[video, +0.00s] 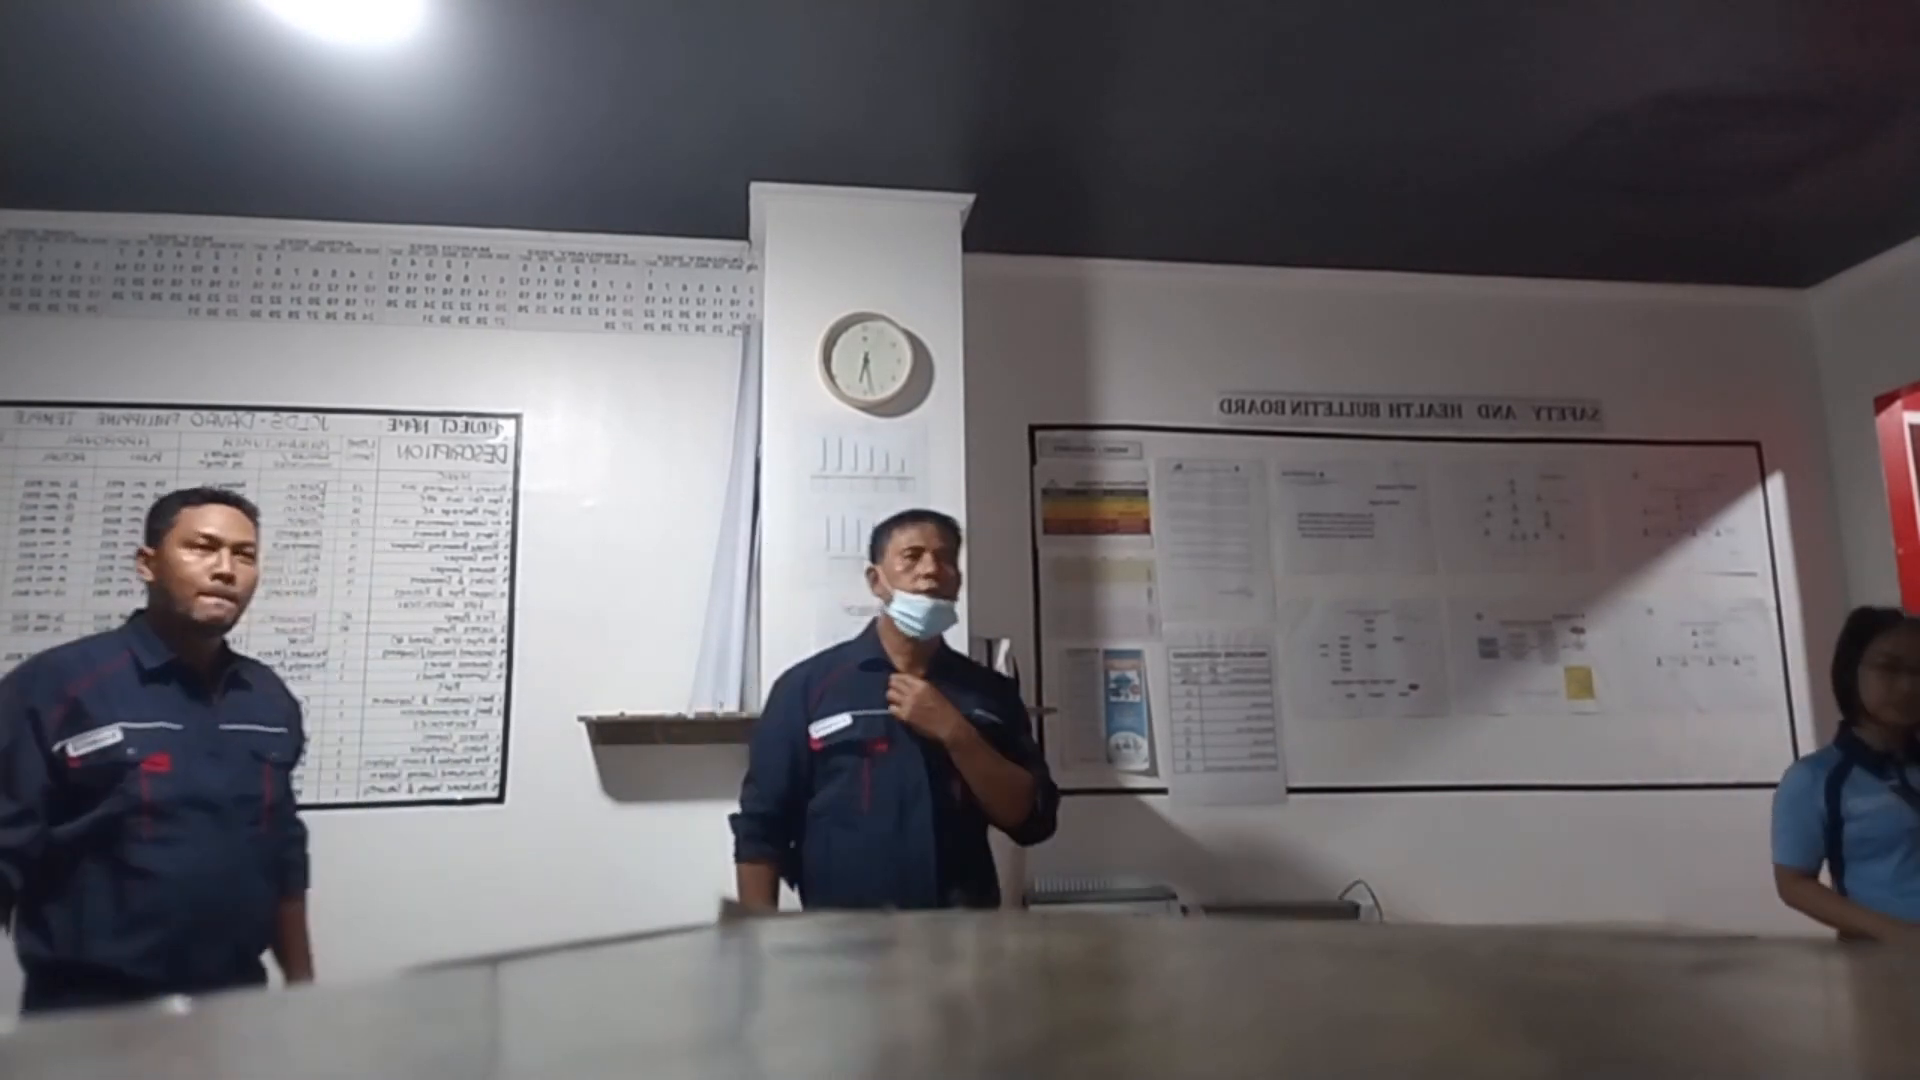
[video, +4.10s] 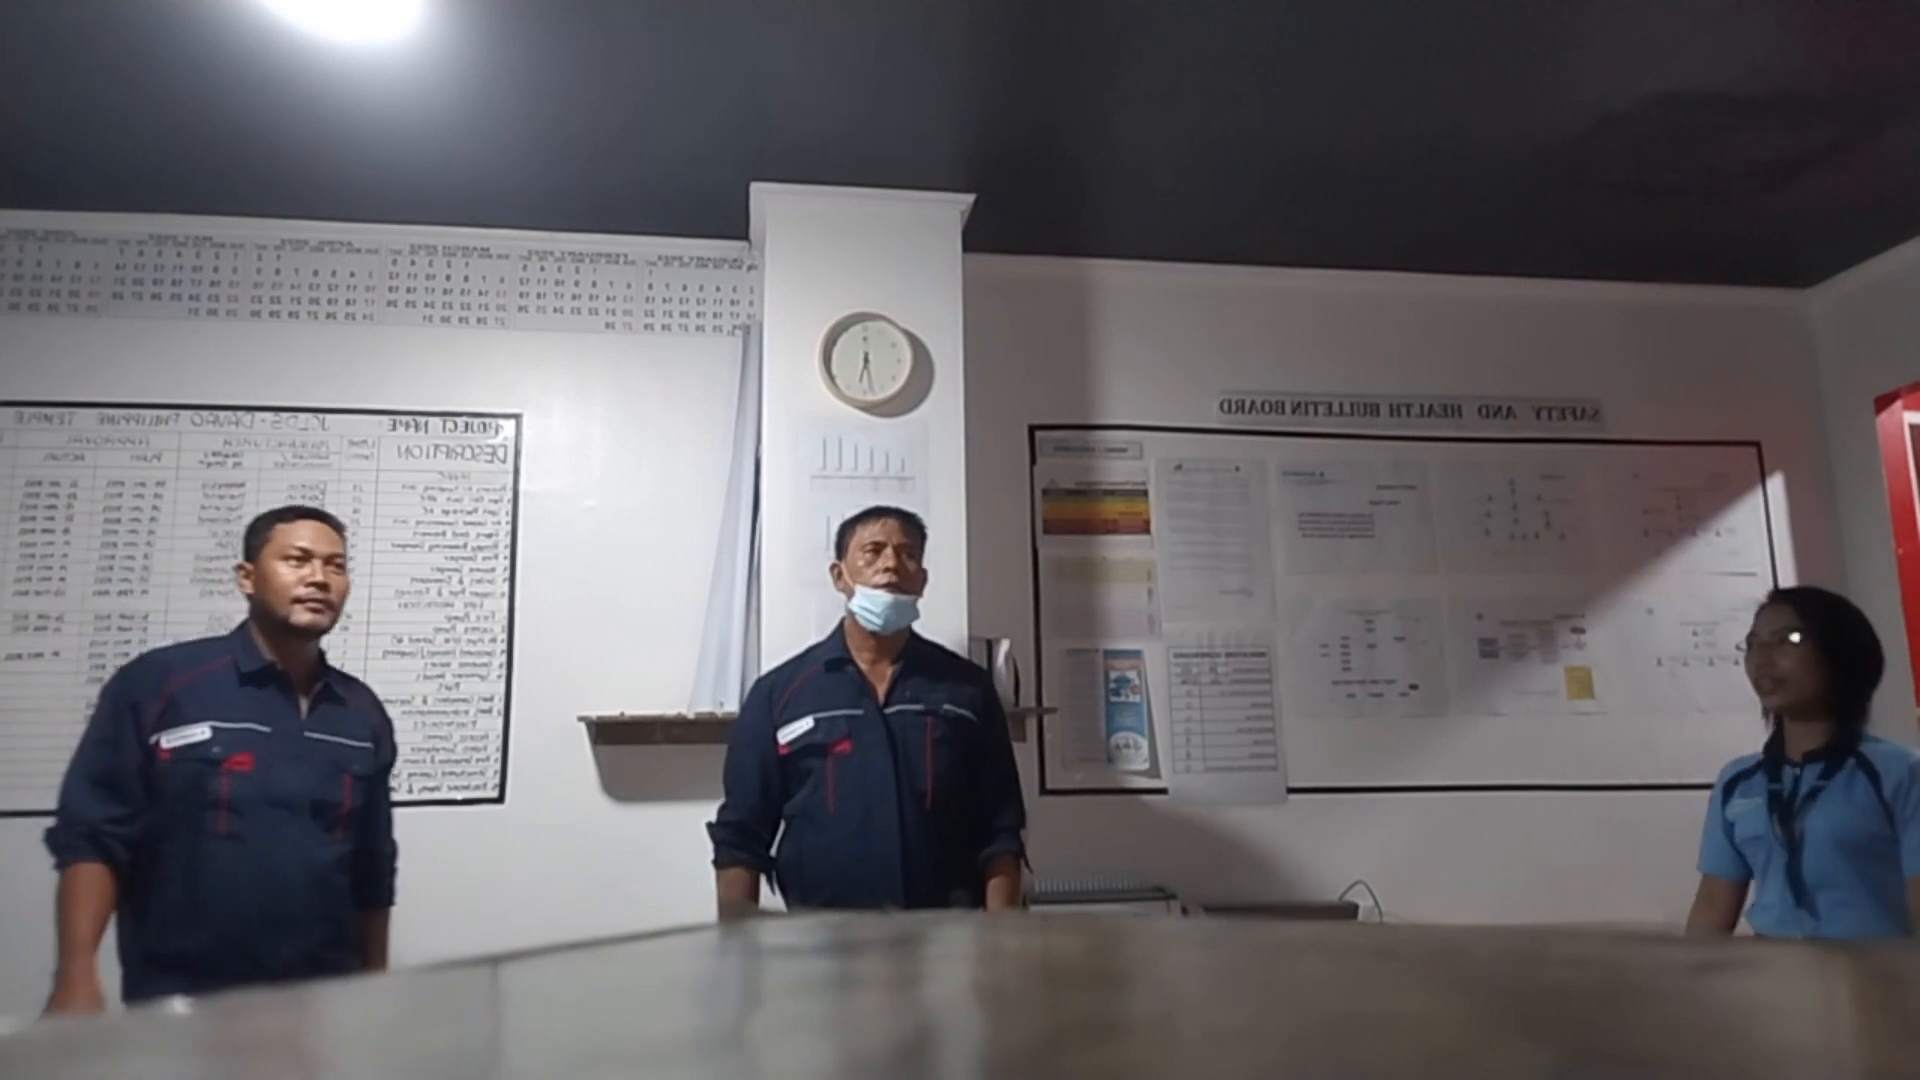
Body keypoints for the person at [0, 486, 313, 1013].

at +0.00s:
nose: (226, 569)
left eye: (244, 554)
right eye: (202, 547)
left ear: (257, 575)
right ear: (148, 565)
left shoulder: (270, 702)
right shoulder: (48, 692)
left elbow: (282, 852)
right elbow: (5, 857)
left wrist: (303, 991)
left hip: (231, 1014)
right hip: (86, 1018)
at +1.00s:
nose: (259, 572)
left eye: (273, 558)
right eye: (234, 552)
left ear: (285, 576)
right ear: (179, 571)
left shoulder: (307, 702)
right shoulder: (84, 694)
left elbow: (339, 860)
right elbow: (20, 870)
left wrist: (377, 986)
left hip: (280, 1011)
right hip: (135, 1018)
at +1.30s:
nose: (309, 583)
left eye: (325, 570)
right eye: (287, 564)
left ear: (338, 589)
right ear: (240, 581)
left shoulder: (362, 708)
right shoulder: (148, 698)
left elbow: (394, 858)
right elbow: (95, 864)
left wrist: (428, 983)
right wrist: (68, 1006)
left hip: (322, 1008)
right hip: (185, 1012)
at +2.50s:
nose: (269, 569)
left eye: (283, 557)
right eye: (246, 549)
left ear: (295, 580)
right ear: (191, 567)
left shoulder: (306, 703)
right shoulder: (92, 685)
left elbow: (324, 868)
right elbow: (43, 864)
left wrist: (344, 1000)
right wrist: (28, 1026)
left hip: (264, 1012)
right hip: (123, 1014)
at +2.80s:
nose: (211, 564)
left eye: (224, 550)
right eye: (185, 543)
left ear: (234, 570)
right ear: (122, 560)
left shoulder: (238, 702)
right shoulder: (29, 680)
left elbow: (243, 861)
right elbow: (11, 849)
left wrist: (264, 990)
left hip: (205, 1017)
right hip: (58, 1021)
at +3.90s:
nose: (266, 571)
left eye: (279, 555)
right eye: (240, 554)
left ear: (294, 571)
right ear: (188, 575)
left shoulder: (310, 709)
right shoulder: (99, 691)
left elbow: (317, 871)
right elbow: (36, 869)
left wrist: (338, 1006)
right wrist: (0, 1003)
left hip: (276, 1021)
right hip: (133, 1024)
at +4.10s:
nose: (319, 578)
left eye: (335, 566)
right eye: (297, 560)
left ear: (348, 588)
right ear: (248, 578)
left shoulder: (363, 716)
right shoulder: (154, 687)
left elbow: (372, 879)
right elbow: (92, 838)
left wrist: (374, 997)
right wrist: (76, 981)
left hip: (323, 1012)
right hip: (183, 1012)